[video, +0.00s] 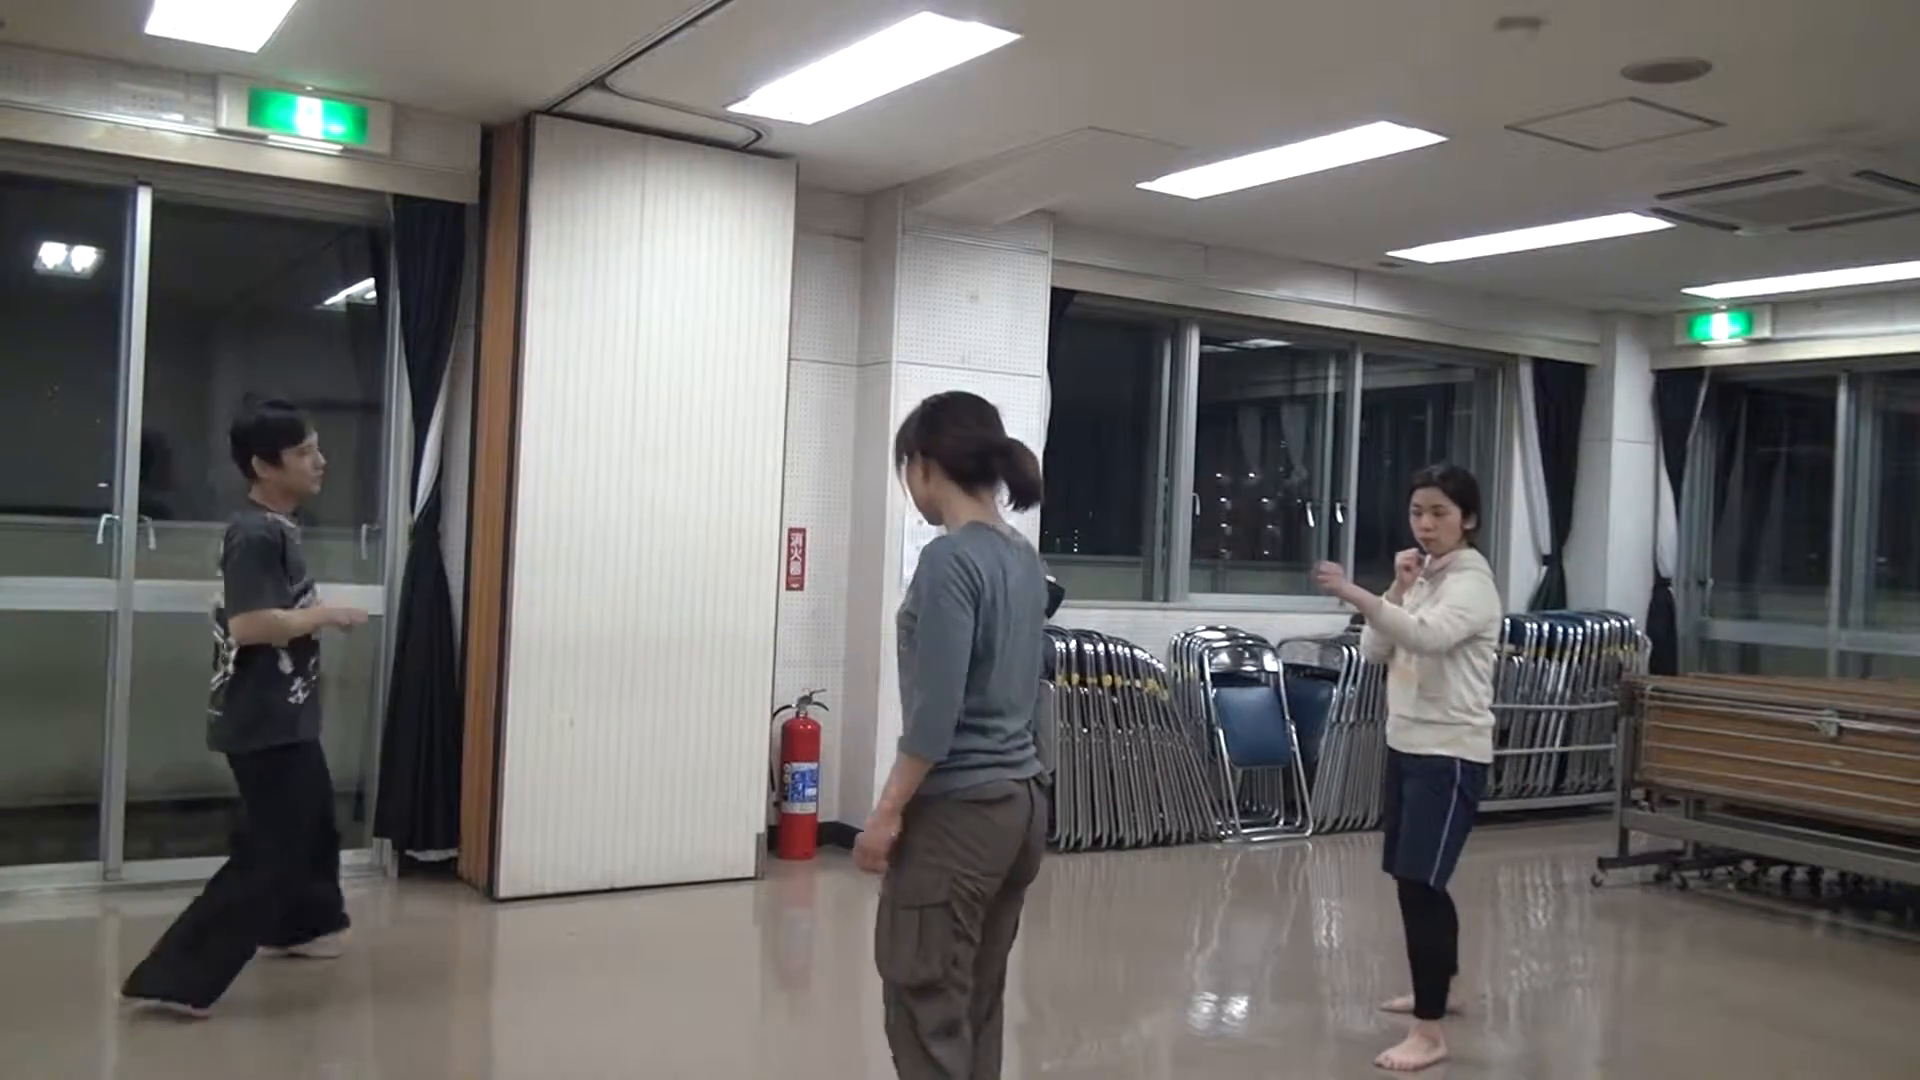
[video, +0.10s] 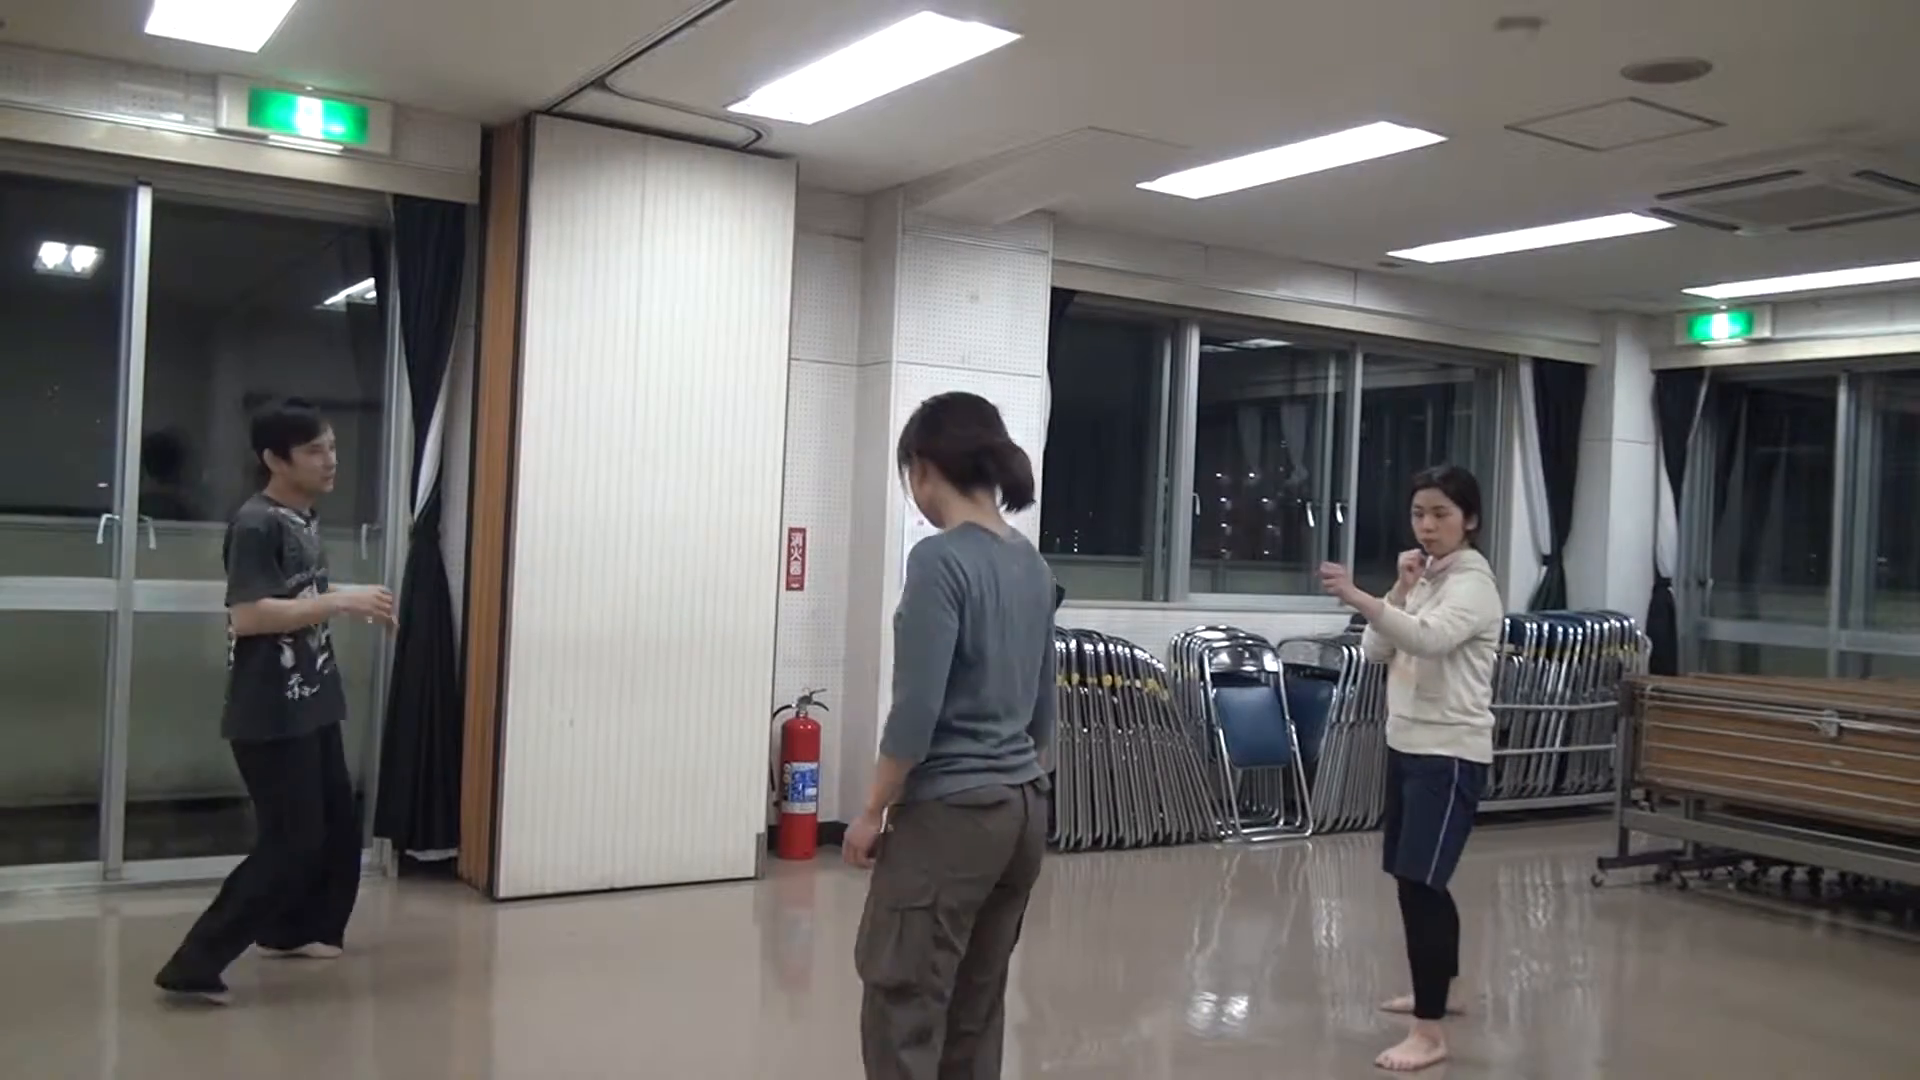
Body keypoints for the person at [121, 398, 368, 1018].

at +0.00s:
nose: (320, 462)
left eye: (318, 451)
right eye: (307, 454)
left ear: (275, 465)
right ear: (266, 464)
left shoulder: (279, 527)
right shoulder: (256, 533)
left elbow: (273, 616)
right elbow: (249, 623)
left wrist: (316, 613)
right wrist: (322, 613)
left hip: (283, 719)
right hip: (263, 723)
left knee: (312, 821)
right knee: (277, 848)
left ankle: (299, 925)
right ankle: (169, 980)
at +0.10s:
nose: (331, 460)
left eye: (332, 449)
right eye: (317, 452)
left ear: (324, 452)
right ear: (275, 460)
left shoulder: (302, 521)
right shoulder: (255, 524)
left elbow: (293, 603)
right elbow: (245, 617)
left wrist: (353, 601)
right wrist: (336, 603)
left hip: (311, 714)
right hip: (271, 720)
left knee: (338, 825)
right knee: (293, 843)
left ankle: (288, 931)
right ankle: (190, 969)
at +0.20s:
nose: (337, 453)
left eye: (340, 442)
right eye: (323, 442)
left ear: (339, 446)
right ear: (283, 446)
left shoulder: (328, 513)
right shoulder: (249, 512)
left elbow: (325, 586)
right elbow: (239, 599)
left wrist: (380, 581)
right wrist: (327, 571)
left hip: (321, 698)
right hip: (268, 703)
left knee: (334, 819)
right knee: (290, 827)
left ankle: (290, 931)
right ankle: (230, 957)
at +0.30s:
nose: (337, 451)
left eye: (341, 439)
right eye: (323, 440)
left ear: (344, 442)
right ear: (284, 442)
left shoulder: (338, 513)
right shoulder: (247, 506)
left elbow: (361, 584)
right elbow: (229, 587)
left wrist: (394, 568)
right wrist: (311, 551)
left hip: (328, 693)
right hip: (266, 696)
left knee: (329, 814)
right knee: (272, 818)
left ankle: (311, 932)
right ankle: (265, 948)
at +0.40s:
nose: (330, 453)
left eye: (337, 442)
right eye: (316, 440)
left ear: (343, 446)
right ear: (280, 442)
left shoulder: (347, 517)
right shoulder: (240, 507)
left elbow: (386, 589)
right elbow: (219, 585)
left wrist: (403, 555)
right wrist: (297, 539)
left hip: (334, 697)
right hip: (263, 698)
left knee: (332, 818)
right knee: (271, 822)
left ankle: (323, 935)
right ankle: (267, 950)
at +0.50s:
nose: (322, 457)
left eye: (330, 445)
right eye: (309, 445)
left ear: (338, 448)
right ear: (275, 444)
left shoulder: (352, 516)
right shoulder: (236, 507)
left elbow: (393, 594)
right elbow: (209, 584)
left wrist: (398, 546)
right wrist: (277, 529)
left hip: (337, 698)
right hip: (261, 698)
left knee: (344, 819)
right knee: (267, 821)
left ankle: (324, 933)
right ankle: (264, 950)